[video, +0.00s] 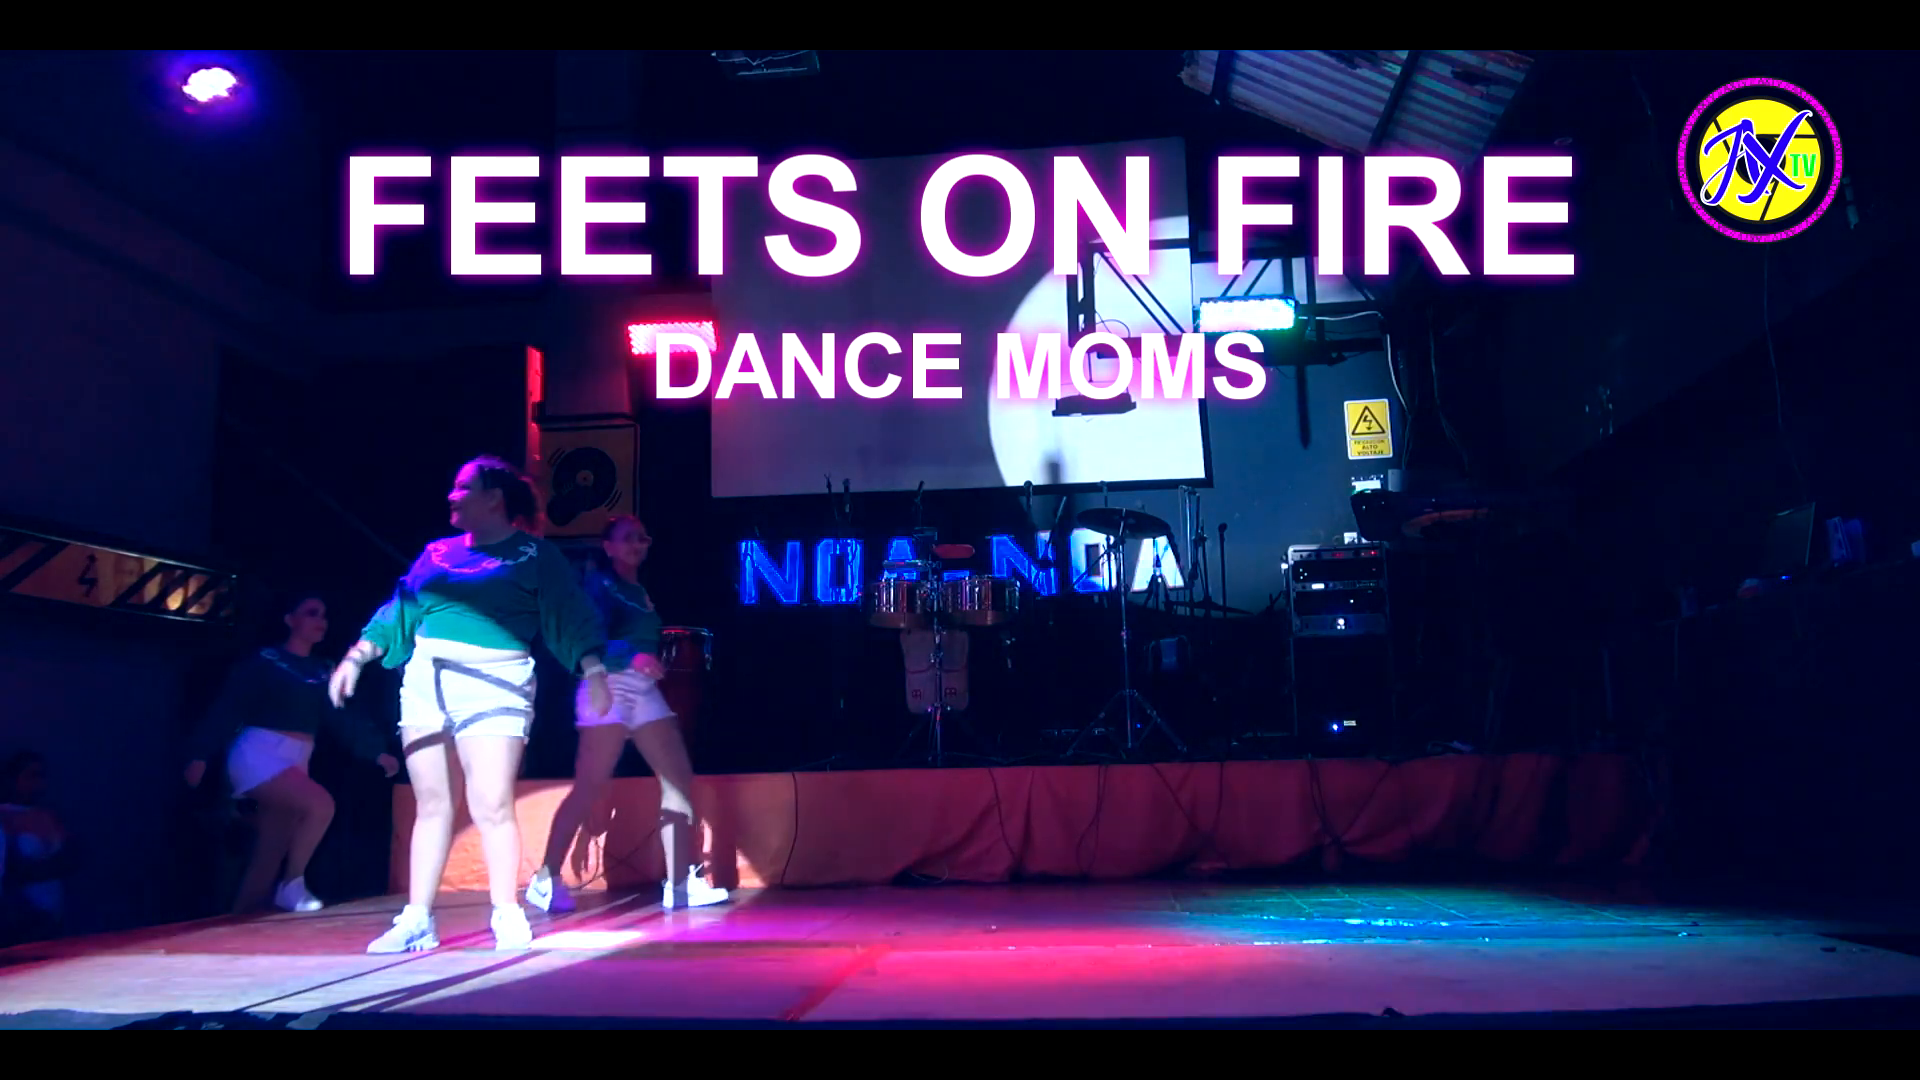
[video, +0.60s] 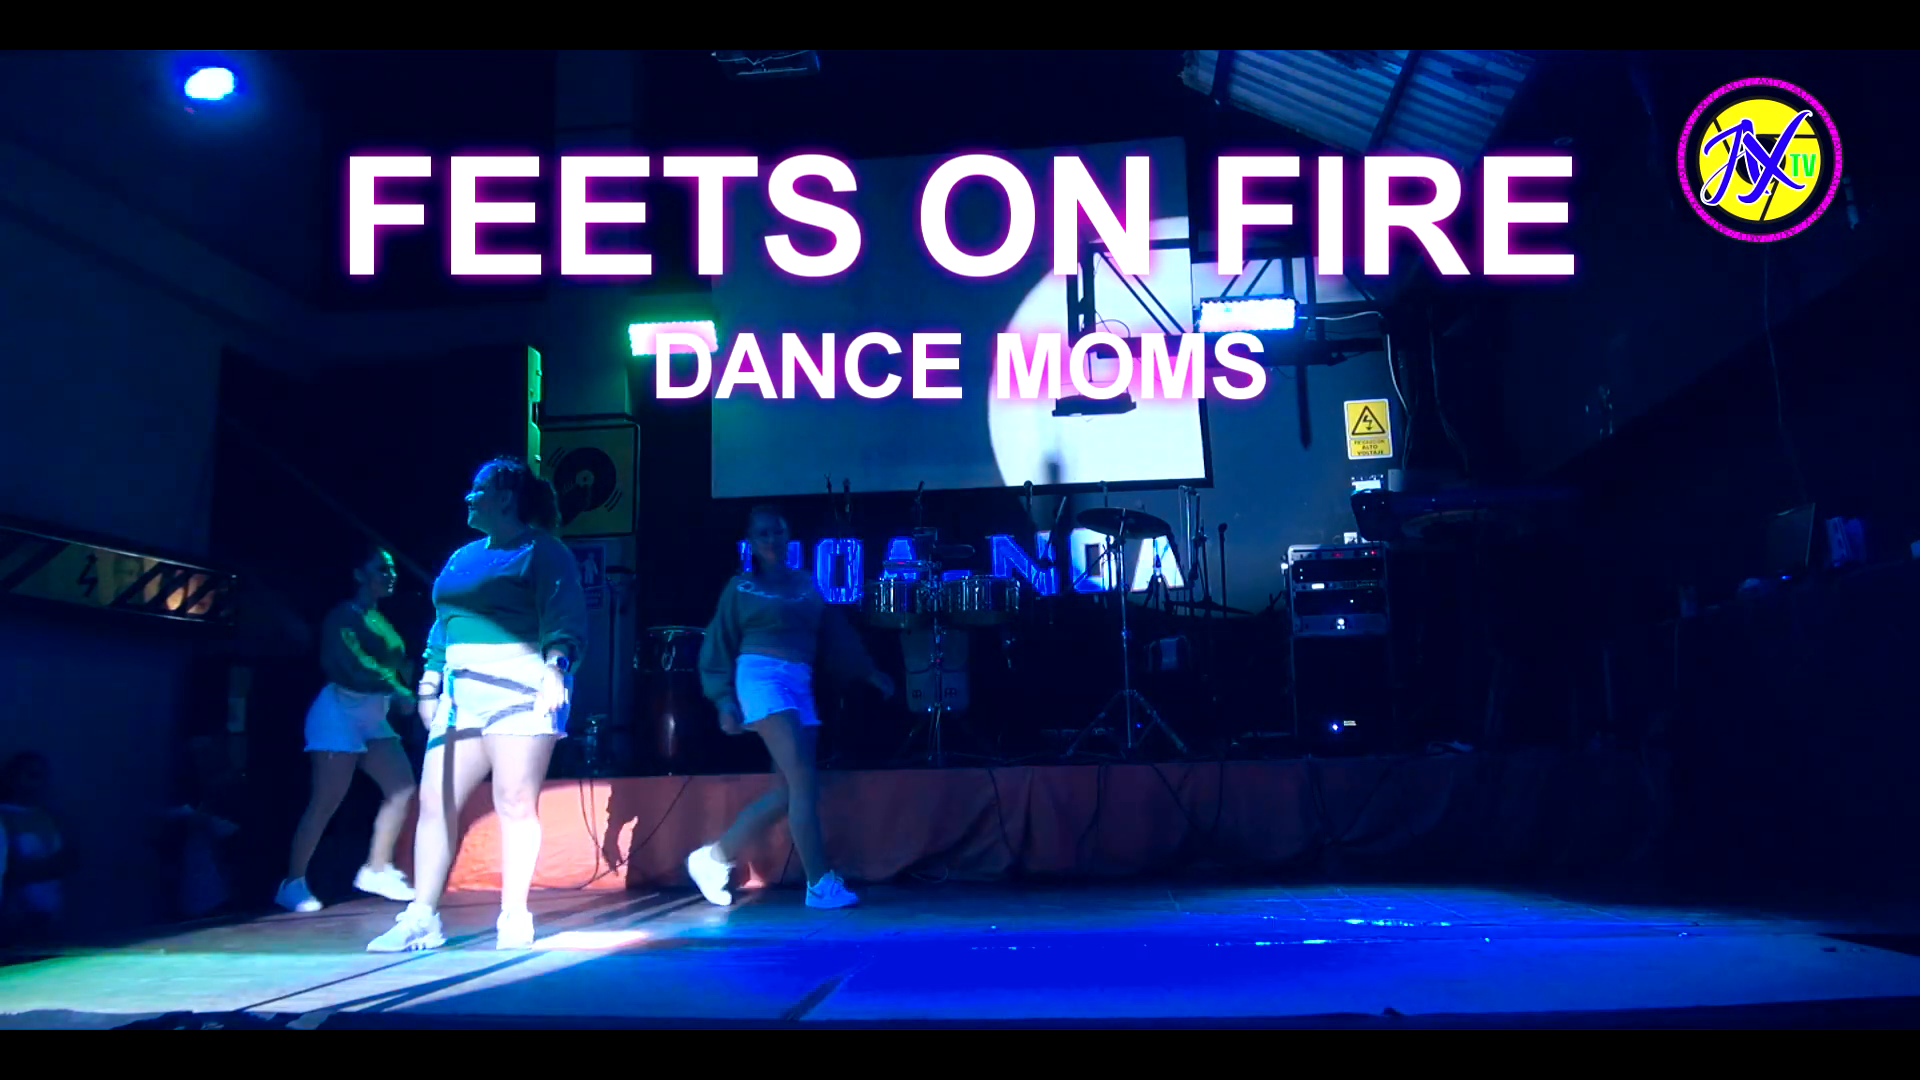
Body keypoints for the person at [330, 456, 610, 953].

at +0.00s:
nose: (453, 496)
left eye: (465, 489)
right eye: (454, 489)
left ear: (498, 500)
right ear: (466, 500)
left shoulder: (536, 556)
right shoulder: (437, 553)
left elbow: (573, 615)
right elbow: (399, 609)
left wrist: (595, 672)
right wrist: (358, 654)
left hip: (494, 681)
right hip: (424, 680)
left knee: (493, 804)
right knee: (432, 806)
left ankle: (506, 912)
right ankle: (417, 918)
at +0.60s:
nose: (469, 498)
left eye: (479, 491)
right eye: (471, 490)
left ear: (509, 499)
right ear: (487, 500)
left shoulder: (546, 553)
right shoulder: (460, 558)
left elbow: (564, 619)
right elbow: (440, 628)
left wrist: (555, 671)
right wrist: (428, 686)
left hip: (523, 690)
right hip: (459, 692)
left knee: (516, 802)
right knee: (435, 801)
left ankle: (514, 913)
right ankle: (423, 914)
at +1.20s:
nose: (481, 500)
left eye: (494, 494)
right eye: (476, 492)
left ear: (519, 509)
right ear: (466, 502)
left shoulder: (540, 564)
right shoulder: (441, 560)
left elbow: (578, 621)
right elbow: (408, 617)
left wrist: (602, 676)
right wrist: (369, 657)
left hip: (514, 683)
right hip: (445, 685)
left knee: (506, 801)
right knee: (460, 807)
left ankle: (514, 911)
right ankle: (470, 912)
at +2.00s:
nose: (489, 505)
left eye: (500, 499)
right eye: (480, 498)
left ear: (517, 508)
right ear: (466, 507)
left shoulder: (535, 554)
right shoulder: (443, 560)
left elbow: (573, 621)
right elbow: (426, 626)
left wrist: (563, 608)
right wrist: (431, 674)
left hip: (524, 682)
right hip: (454, 685)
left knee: (517, 800)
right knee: (440, 803)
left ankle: (515, 909)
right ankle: (456, 904)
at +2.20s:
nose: (484, 509)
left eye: (494, 502)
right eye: (475, 501)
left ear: (511, 511)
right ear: (459, 509)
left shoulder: (529, 566)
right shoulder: (428, 562)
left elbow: (553, 642)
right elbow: (401, 629)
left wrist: (556, 628)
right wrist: (384, 688)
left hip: (512, 685)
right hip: (441, 690)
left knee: (509, 804)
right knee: (443, 809)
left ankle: (512, 908)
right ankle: (458, 912)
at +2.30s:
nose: (478, 512)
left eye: (489, 504)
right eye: (469, 505)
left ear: (507, 514)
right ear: (456, 514)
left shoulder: (526, 572)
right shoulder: (427, 565)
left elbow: (549, 630)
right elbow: (385, 617)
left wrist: (552, 659)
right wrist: (341, 669)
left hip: (505, 687)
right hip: (434, 690)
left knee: (500, 802)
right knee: (440, 811)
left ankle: (509, 907)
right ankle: (457, 914)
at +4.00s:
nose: (476, 497)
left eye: (487, 492)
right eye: (466, 491)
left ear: (504, 508)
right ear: (450, 507)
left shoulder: (526, 564)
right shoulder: (422, 560)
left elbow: (556, 623)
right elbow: (390, 628)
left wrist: (581, 657)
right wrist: (360, 682)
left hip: (507, 685)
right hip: (431, 684)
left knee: (493, 803)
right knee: (403, 789)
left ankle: (482, 911)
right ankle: (432, 877)